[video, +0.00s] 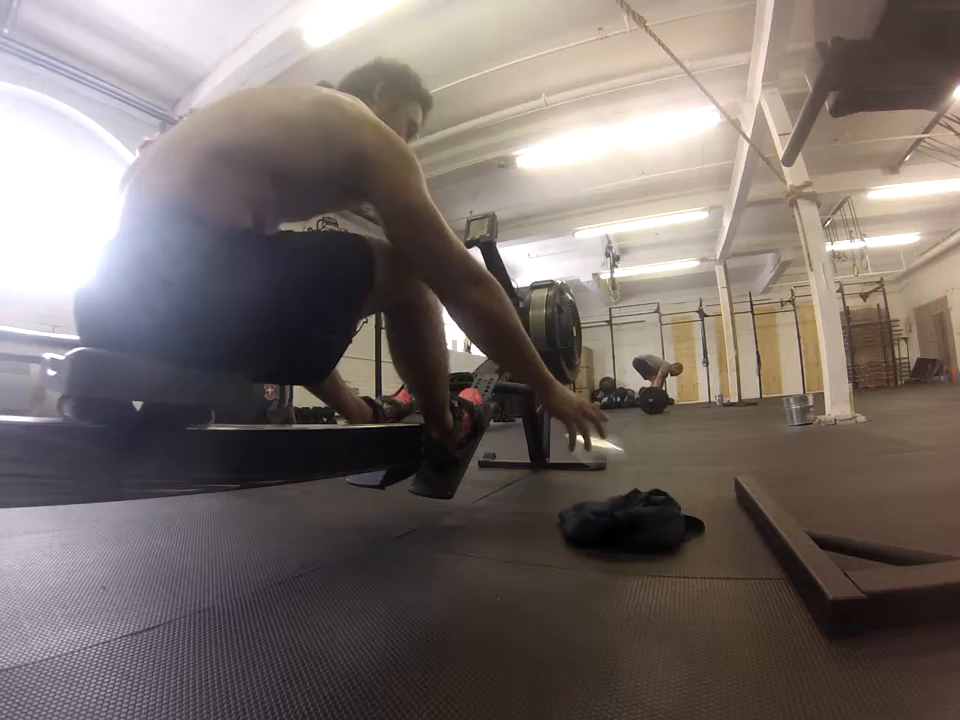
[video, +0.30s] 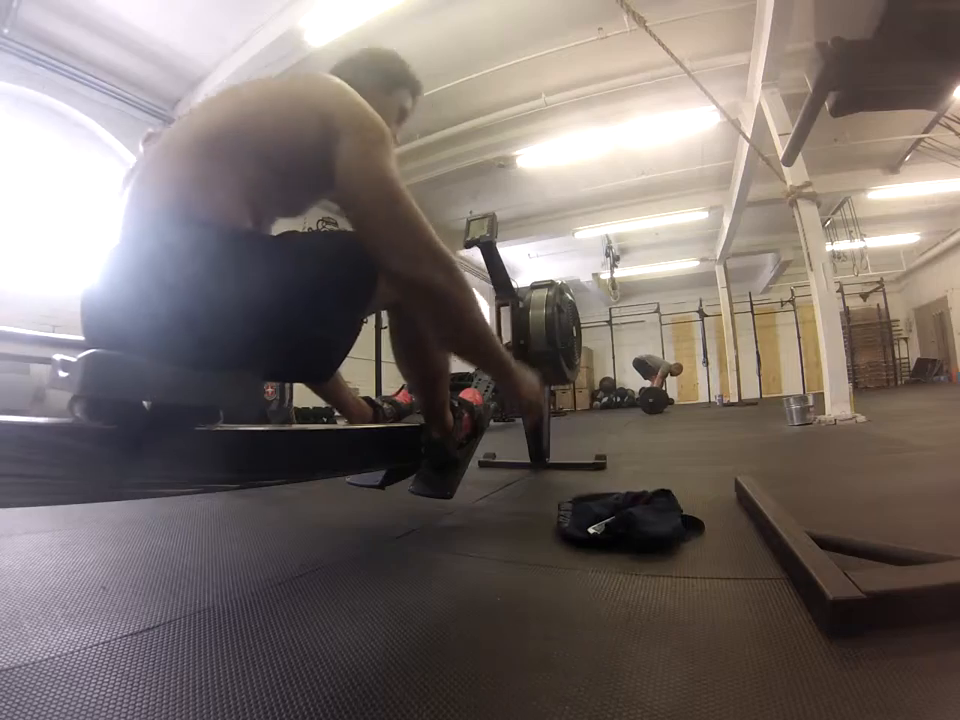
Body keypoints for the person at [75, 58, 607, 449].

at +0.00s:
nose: (413, 145)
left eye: (417, 133)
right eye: (412, 129)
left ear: (354, 92)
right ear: (387, 104)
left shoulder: (266, 118)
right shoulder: (375, 141)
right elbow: (462, 280)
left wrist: (352, 401)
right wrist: (548, 386)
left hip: (109, 298)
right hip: (196, 290)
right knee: (409, 273)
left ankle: (362, 422)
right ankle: (444, 441)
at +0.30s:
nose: (394, 138)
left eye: (402, 128)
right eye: (400, 120)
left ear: (340, 80)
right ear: (384, 95)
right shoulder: (350, 116)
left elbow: (259, 274)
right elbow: (425, 268)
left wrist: (349, 404)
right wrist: (508, 371)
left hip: (114, 310)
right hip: (198, 300)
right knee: (416, 275)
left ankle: (364, 414)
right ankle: (445, 432)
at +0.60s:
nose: (342, 95)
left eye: (349, 86)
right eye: (346, 78)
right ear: (326, 50)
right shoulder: (277, 40)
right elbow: (392, 152)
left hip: (82, 293)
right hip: (163, 275)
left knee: (271, 312)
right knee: (397, 276)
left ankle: (363, 415)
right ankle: (444, 428)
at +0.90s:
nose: (273, 79)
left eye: (281, 74)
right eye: (282, 61)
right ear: (267, 22)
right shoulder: (217, 10)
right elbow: (382, 52)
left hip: (53, 273)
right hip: (129, 256)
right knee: (370, 292)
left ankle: (368, 427)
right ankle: (444, 431)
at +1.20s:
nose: (239, 54)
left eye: (242, 52)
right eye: (236, 42)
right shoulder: (178, 8)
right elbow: (344, 42)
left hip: (20, 239)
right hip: (98, 231)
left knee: (267, 346)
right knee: (346, 313)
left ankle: (364, 426)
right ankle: (445, 429)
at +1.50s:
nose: (223, 57)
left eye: (223, 53)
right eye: (219, 43)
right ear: (197, 11)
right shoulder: (173, 5)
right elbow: (337, 47)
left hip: (20, 228)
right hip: (89, 224)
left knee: (269, 364)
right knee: (333, 333)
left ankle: (368, 432)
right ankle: (449, 426)